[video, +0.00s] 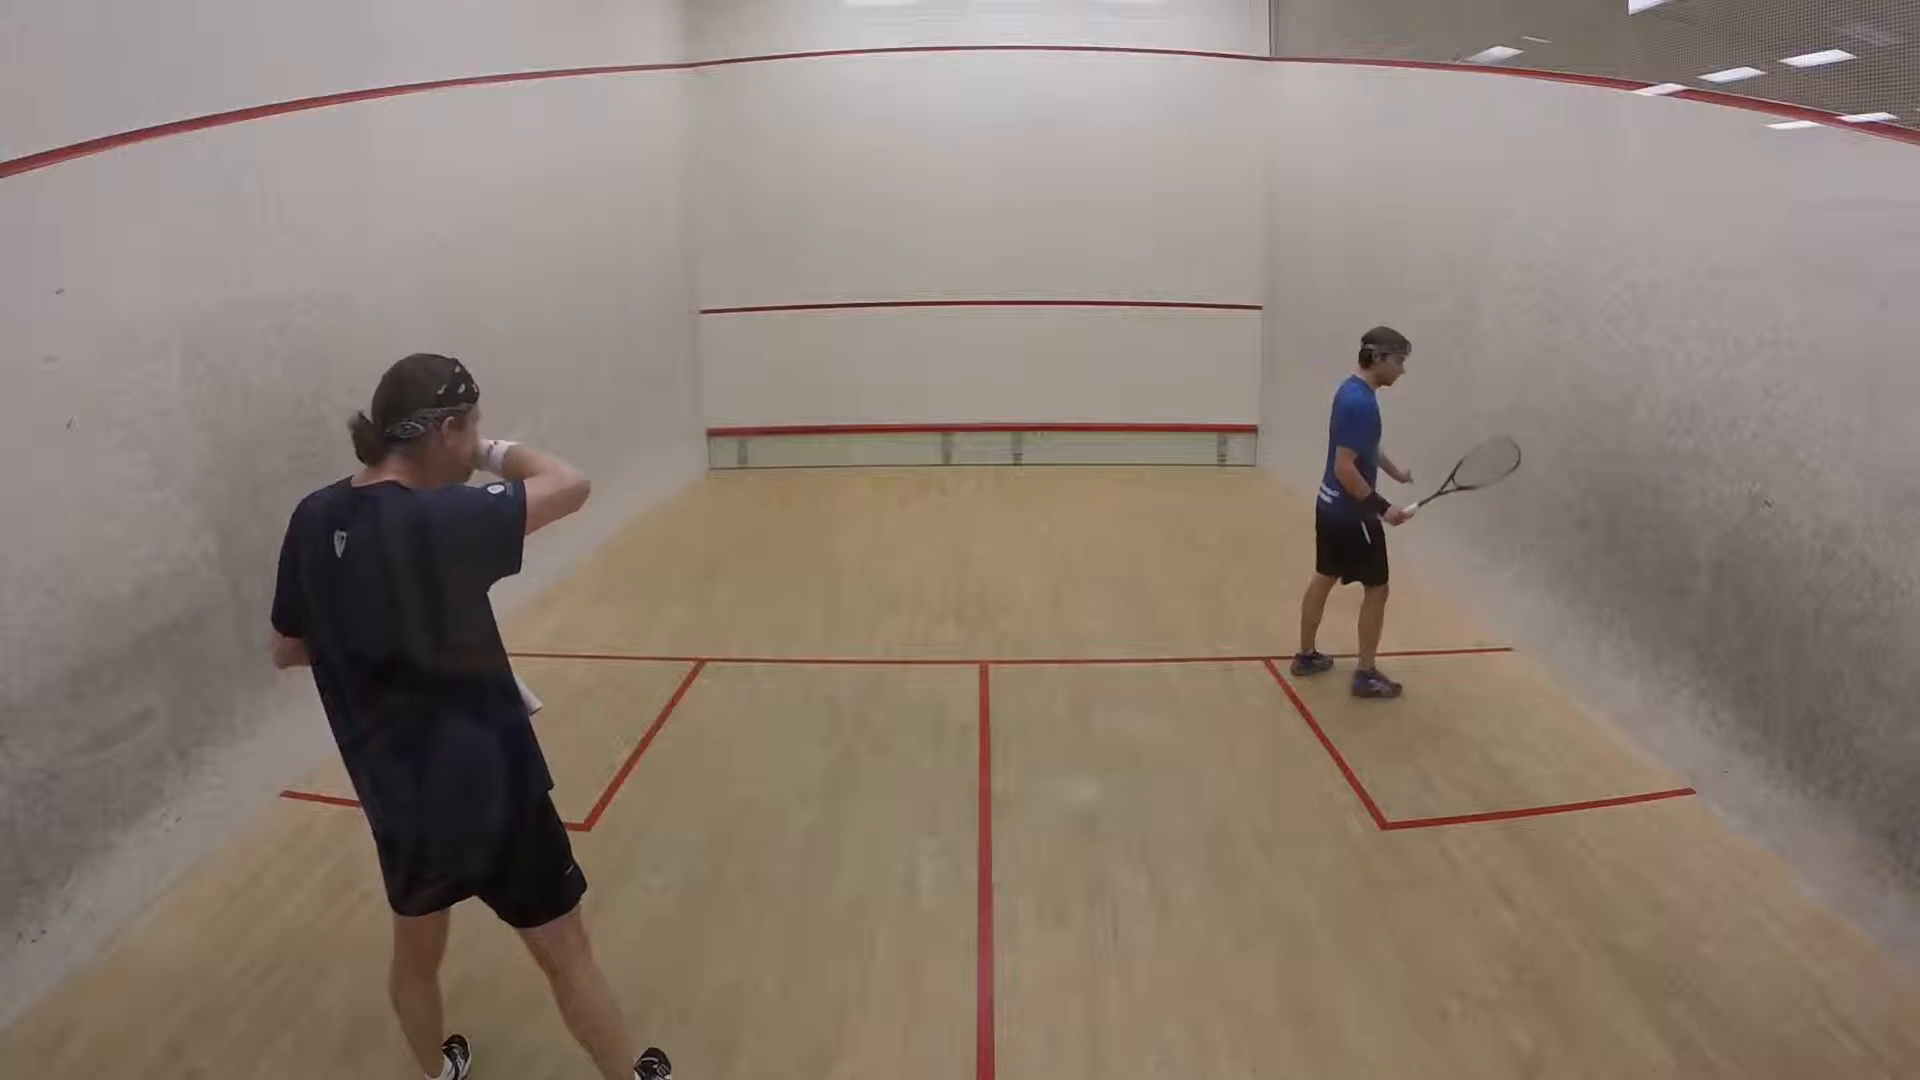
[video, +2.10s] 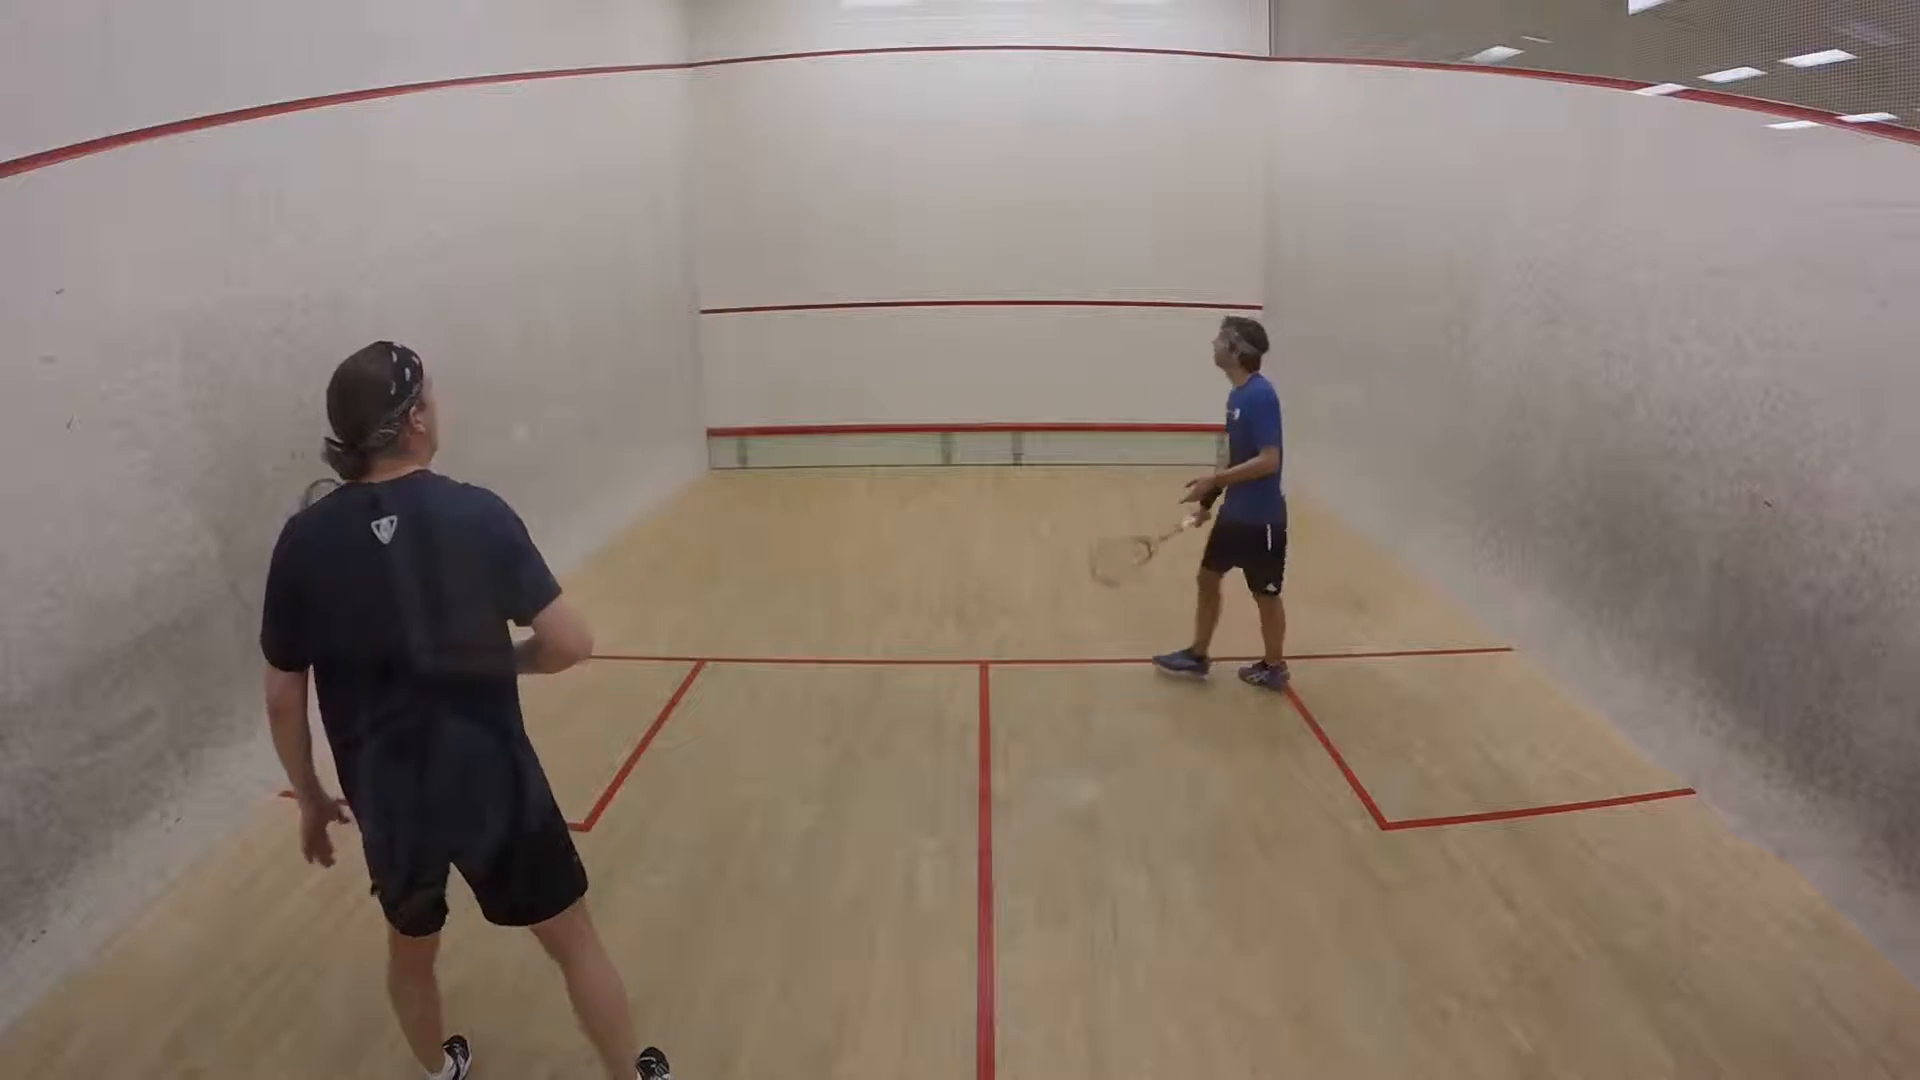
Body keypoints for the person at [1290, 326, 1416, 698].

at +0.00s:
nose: (1402, 369)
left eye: (1403, 362)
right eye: (1398, 361)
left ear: (1373, 360)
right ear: (1378, 359)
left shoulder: (1351, 391)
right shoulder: (1361, 403)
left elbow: (1366, 442)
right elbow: (1344, 468)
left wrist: (1393, 470)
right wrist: (1383, 507)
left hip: (1330, 506)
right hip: (1353, 513)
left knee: (1324, 577)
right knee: (1377, 589)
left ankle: (1306, 655)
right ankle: (1365, 674)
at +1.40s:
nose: (1407, 390)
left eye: (1406, 383)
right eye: (1408, 384)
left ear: (1375, 375)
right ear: (1404, 386)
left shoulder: (1344, 398)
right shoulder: (1386, 432)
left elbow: (1310, 434)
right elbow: (1397, 501)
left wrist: (1344, 455)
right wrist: (1448, 514)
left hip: (1299, 510)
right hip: (1338, 525)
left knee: (1288, 585)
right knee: (1356, 601)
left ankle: (1269, 665)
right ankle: (1364, 676)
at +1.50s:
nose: (1388, 387)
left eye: (1386, 380)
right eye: (1388, 381)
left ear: (1354, 374)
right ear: (1383, 384)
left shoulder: (1319, 396)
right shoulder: (1374, 434)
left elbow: (1277, 439)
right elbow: (1378, 497)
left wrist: (1299, 461)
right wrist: (1421, 514)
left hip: (1286, 513)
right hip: (1327, 526)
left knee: (1277, 588)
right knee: (1346, 602)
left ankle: (1269, 671)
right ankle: (1363, 676)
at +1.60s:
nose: (1363, 380)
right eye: (1364, 376)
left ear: (1330, 369)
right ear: (1361, 378)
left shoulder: (1296, 396)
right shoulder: (1361, 428)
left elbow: (1259, 441)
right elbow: (1344, 487)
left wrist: (1256, 469)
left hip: (1272, 520)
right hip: (1316, 527)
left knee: (1264, 590)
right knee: (1340, 601)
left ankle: (1268, 672)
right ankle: (1358, 673)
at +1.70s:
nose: (1325, 364)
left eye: (1314, 355)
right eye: (1332, 360)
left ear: (1307, 359)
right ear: (1338, 366)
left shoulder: (1281, 395)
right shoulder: (1340, 413)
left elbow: (1250, 446)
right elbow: (1330, 456)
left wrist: (1225, 459)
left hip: (1267, 518)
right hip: (1311, 521)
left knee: (1258, 590)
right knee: (1328, 591)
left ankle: (1269, 672)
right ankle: (1346, 665)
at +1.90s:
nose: (1258, 348)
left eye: (1260, 343)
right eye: (1264, 343)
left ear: (1260, 348)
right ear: (1291, 351)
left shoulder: (1271, 391)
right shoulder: (1293, 389)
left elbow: (1263, 453)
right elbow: (1269, 453)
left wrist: (1209, 460)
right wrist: (1221, 474)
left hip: (1268, 511)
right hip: (1292, 506)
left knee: (1257, 585)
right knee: (1270, 579)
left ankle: (1269, 672)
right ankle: (1277, 650)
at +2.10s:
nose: (1214, 346)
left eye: (1219, 340)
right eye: (1217, 339)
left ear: (1235, 349)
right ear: (1238, 350)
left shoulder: (1260, 396)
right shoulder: (1237, 396)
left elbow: (1269, 461)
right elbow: (1234, 459)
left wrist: (1216, 481)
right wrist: (1207, 499)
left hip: (1262, 516)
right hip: (1236, 511)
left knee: (1266, 593)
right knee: (1208, 577)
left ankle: (1275, 666)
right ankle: (1198, 654)